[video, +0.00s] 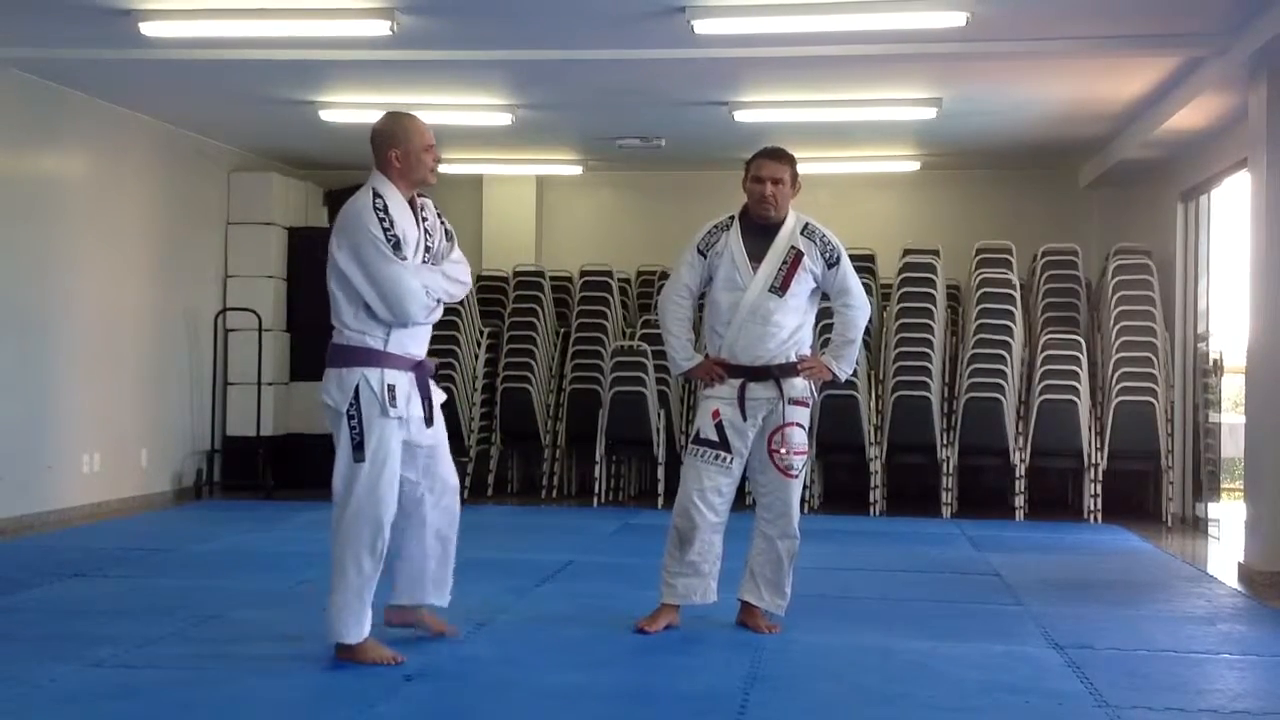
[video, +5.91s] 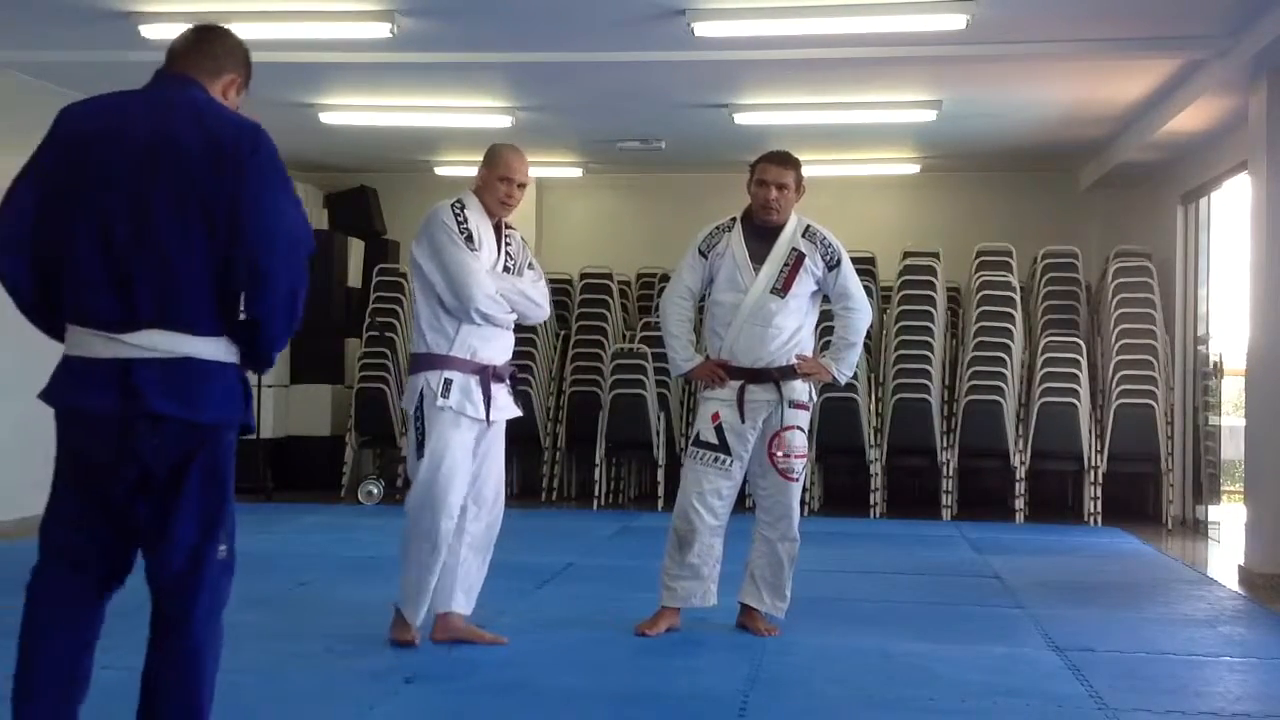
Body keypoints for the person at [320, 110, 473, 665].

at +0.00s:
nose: (439, 158)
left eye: (436, 149)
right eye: (429, 150)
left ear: (402, 156)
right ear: (396, 157)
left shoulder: (426, 212)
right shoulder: (363, 213)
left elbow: (462, 276)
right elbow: (405, 303)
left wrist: (412, 273)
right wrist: (443, 284)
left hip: (414, 376)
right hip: (366, 376)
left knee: (435, 492)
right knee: (366, 505)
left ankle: (408, 605)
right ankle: (350, 636)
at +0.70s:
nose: (512, 183)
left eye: (513, 174)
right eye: (507, 173)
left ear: (485, 174)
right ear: (476, 173)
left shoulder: (498, 226)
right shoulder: (426, 218)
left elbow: (533, 290)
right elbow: (458, 299)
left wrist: (473, 274)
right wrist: (504, 301)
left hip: (488, 377)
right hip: (438, 373)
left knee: (486, 496)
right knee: (436, 492)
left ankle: (454, 613)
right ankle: (412, 625)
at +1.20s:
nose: (537, 191)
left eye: (539, 181)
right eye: (534, 180)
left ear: (509, 174)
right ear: (505, 174)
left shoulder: (512, 232)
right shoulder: (452, 215)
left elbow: (549, 305)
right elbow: (483, 299)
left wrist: (541, 289)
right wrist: (526, 308)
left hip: (499, 388)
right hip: (454, 386)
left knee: (497, 507)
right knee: (453, 508)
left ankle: (466, 617)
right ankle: (439, 633)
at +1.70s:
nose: (545, 191)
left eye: (546, 181)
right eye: (541, 180)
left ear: (514, 176)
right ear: (513, 176)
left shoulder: (514, 236)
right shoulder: (462, 215)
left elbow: (524, 318)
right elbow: (456, 303)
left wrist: (573, 355)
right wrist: (480, 381)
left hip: (506, 385)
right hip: (460, 382)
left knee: (497, 506)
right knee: (455, 508)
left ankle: (466, 617)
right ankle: (439, 632)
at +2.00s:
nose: (546, 199)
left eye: (548, 189)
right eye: (542, 188)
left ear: (517, 182)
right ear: (512, 180)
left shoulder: (507, 235)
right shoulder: (463, 212)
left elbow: (524, 303)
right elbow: (434, 293)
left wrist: (561, 274)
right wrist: (453, 371)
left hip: (504, 389)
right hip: (466, 385)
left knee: (494, 509)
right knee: (457, 508)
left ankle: (463, 617)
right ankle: (438, 631)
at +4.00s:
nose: (533, 203)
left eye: (537, 192)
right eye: (528, 191)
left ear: (508, 185)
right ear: (499, 181)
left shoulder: (512, 242)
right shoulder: (443, 210)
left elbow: (536, 293)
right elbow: (422, 273)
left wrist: (540, 309)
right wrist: (495, 326)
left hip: (497, 389)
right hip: (451, 385)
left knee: (491, 508)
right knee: (450, 507)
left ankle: (463, 618)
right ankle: (439, 632)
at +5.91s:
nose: (512, 193)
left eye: (520, 185)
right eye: (504, 181)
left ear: (526, 188)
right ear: (479, 176)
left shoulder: (513, 241)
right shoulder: (445, 221)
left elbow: (540, 305)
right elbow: (473, 297)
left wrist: (487, 279)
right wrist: (518, 307)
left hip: (493, 388)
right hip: (446, 382)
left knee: (483, 503)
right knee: (439, 499)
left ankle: (450, 615)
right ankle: (408, 613)